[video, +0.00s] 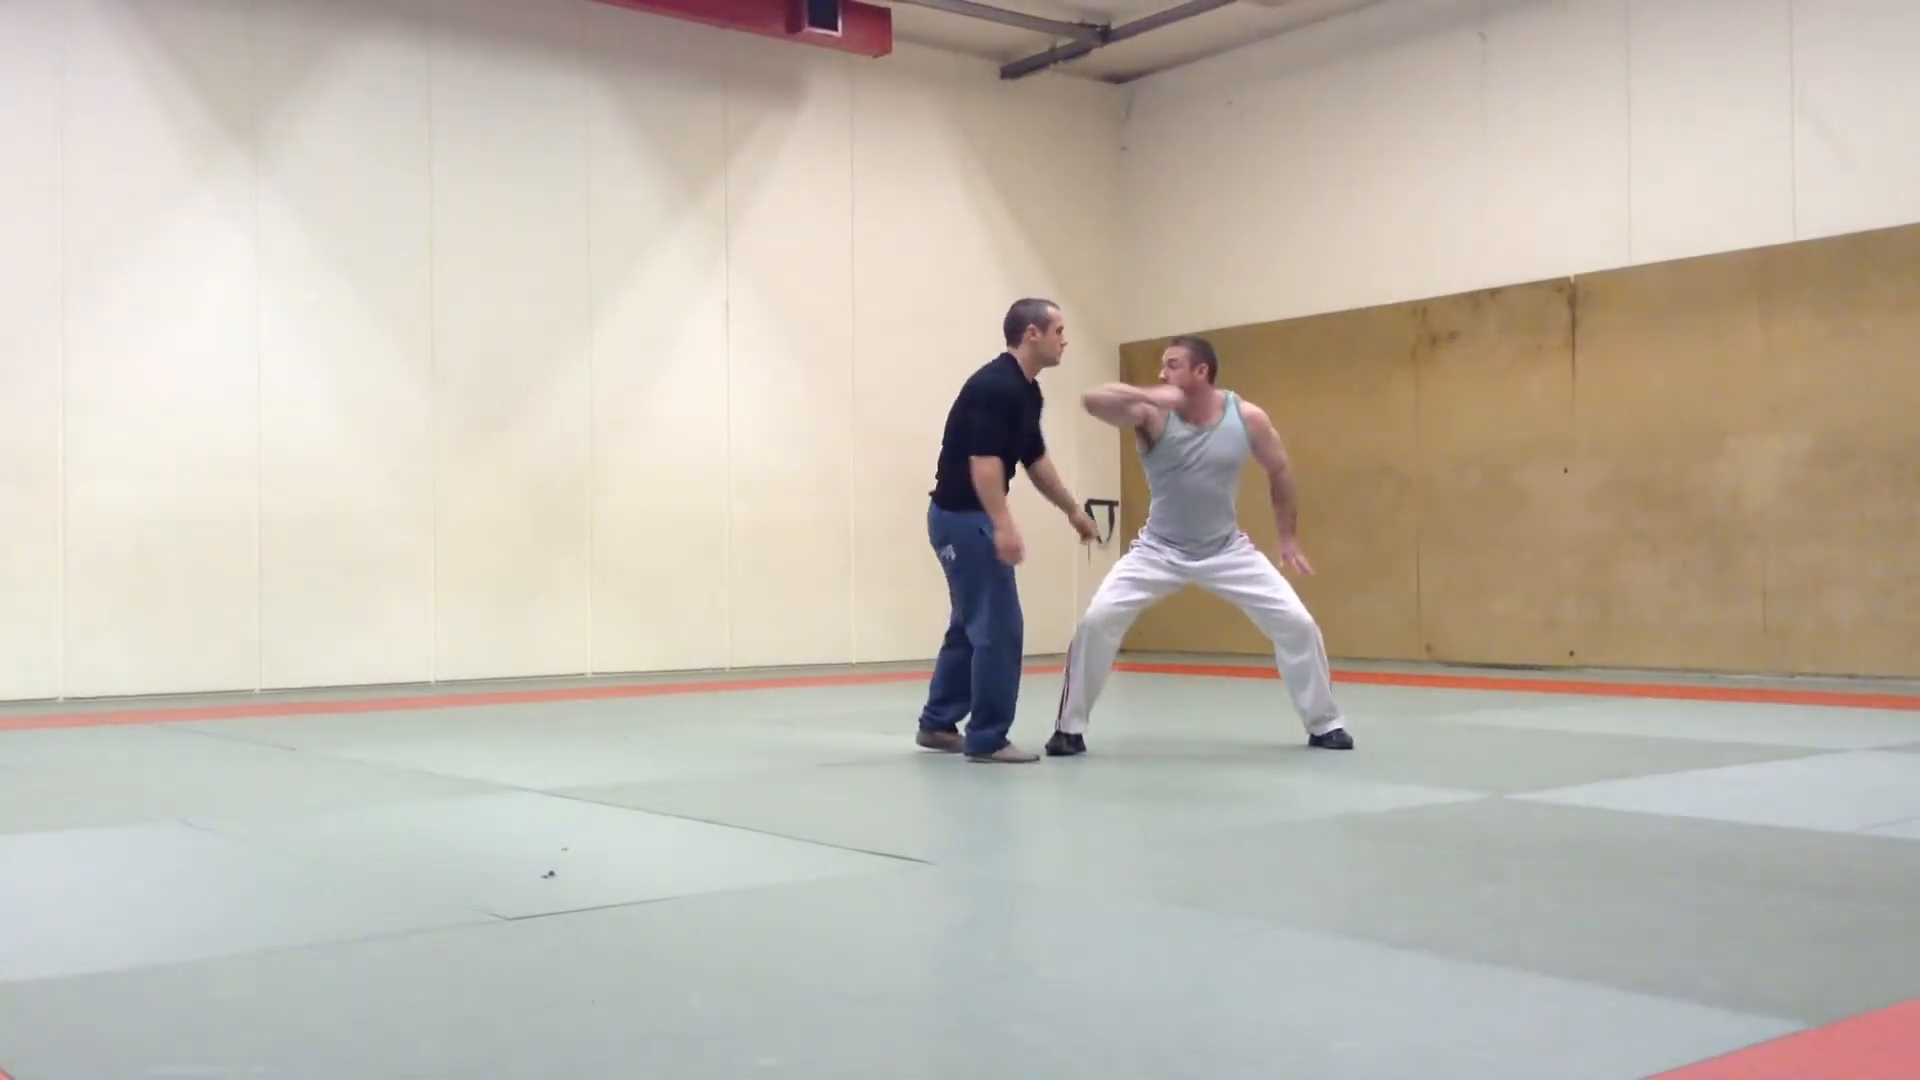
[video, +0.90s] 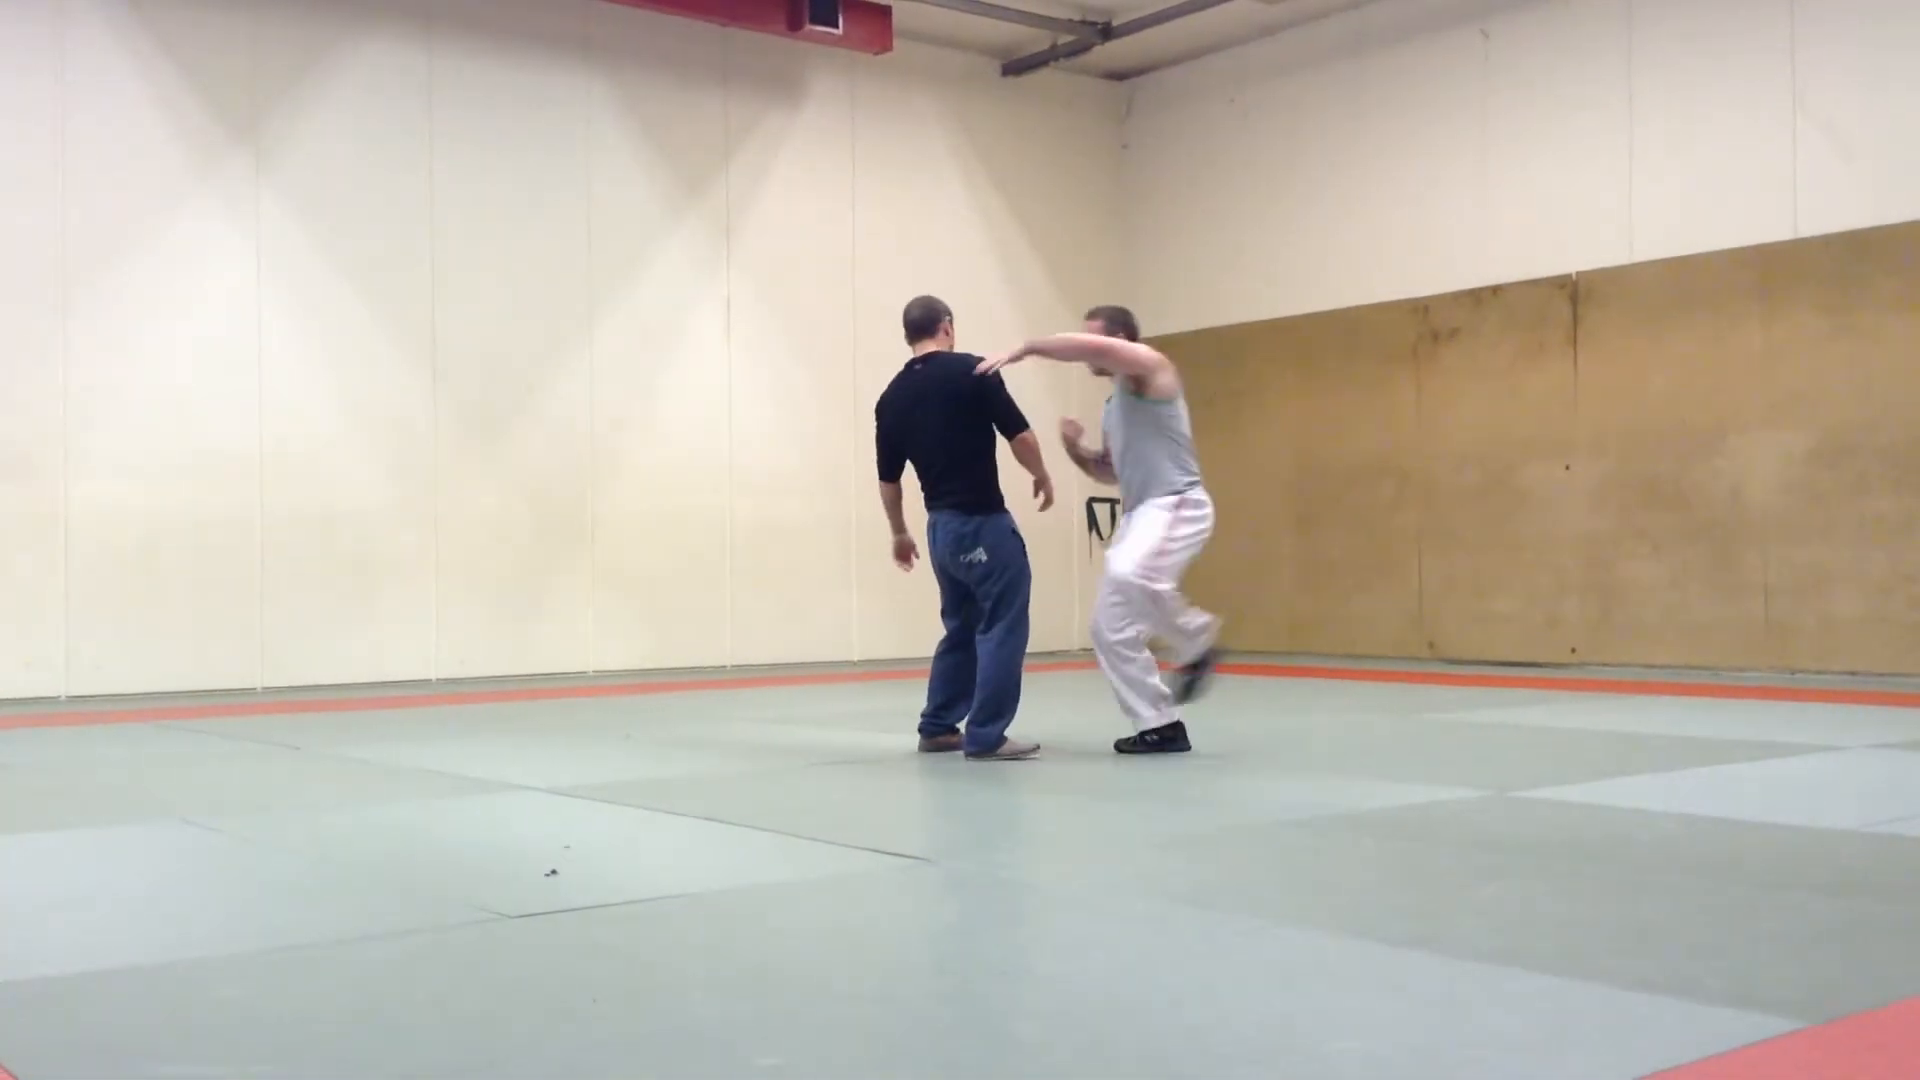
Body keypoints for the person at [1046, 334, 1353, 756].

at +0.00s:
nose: (1164, 375)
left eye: (1173, 366)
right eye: (1162, 367)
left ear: (1202, 371)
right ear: (1165, 375)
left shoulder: (1247, 418)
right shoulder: (1152, 413)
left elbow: (1280, 472)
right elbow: (1092, 400)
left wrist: (1287, 538)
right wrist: (1150, 396)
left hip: (1226, 551)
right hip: (1157, 551)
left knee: (1299, 625)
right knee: (1096, 621)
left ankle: (1323, 724)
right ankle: (1069, 729)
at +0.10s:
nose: (1164, 373)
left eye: (1174, 364)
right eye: (1164, 364)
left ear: (1203, 369)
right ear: (1166, 371)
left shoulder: (1248, 416)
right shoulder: (1151, 409)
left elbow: (1283, 472)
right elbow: (1090, 395)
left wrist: (1293, 537)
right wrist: (1090, 372)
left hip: (1227, 551)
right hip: (1158, 550)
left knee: (1299, 625)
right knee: (1096, 620)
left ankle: (1323, 724)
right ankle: (1069, 729)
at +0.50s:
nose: (1157, 365)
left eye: (1165, 356)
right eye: (1156, 357)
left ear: (1196, 359)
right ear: (1178, 362)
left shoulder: (1247, 399)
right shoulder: (1153, 411)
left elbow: (1300, 437)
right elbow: (1089, 429)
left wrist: (1284, 469)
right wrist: (1080, 403)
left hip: (1244, 544)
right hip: (1174, 541)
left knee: (1301, 629)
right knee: (1111, 610)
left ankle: (1324, 724)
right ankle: (1091, 722)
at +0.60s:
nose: (1142, 359)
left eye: (1150, 350)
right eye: (1141, 351)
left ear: (1180, 351)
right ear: (1150, 356)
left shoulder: (1222, 385)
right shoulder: (1143, 408)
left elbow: (1269, 408)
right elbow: (1088, 443)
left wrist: (1218, 403)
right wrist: (1092, 433)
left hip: (1235, 537)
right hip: (1171, 537)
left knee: (1291, 630)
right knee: (1113, 612)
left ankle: (1324, 724)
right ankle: (1159, 718)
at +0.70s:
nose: (1121, 354)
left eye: (1129, 344)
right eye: (1120, 345)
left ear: (1158, 344)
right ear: (1132, 349)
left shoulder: (1191, 386)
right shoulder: (1125, 406)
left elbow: (1210, 372)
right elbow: (1089, 457)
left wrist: (1130, 363)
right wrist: (1088, 447)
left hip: (1214, 527)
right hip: (1158, 531)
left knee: (1262, 623)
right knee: (1119, 623)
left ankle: (1326, 708)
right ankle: (1164, 726)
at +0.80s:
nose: (1103, 347)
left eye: (1110, 338)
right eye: (1101, 339)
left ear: (1140, 339)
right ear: (1110, 342)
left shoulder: (1176, 375)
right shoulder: (1119, 407)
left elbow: (1152, 359)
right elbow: (1104, 466)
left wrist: (1074, 349)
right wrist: (1089, 447)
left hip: (1195, 516)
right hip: (1147, 526)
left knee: (1200, 601)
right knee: (1118, 625)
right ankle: (1162, 726)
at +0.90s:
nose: (1086, 346)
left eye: (1093, 338)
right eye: (1085, 339)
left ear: (1119, 339)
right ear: (1098, 344)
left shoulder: (1155, 367)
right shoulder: (1113, 408)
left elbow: (1090, 344)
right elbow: (1113, 472)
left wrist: (1025, 348)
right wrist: (1076, 450)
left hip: (1177, 505)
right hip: (1140, 516)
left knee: (1128, 572)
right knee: (1111, 625)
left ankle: (1196, 643)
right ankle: (1160, 725)